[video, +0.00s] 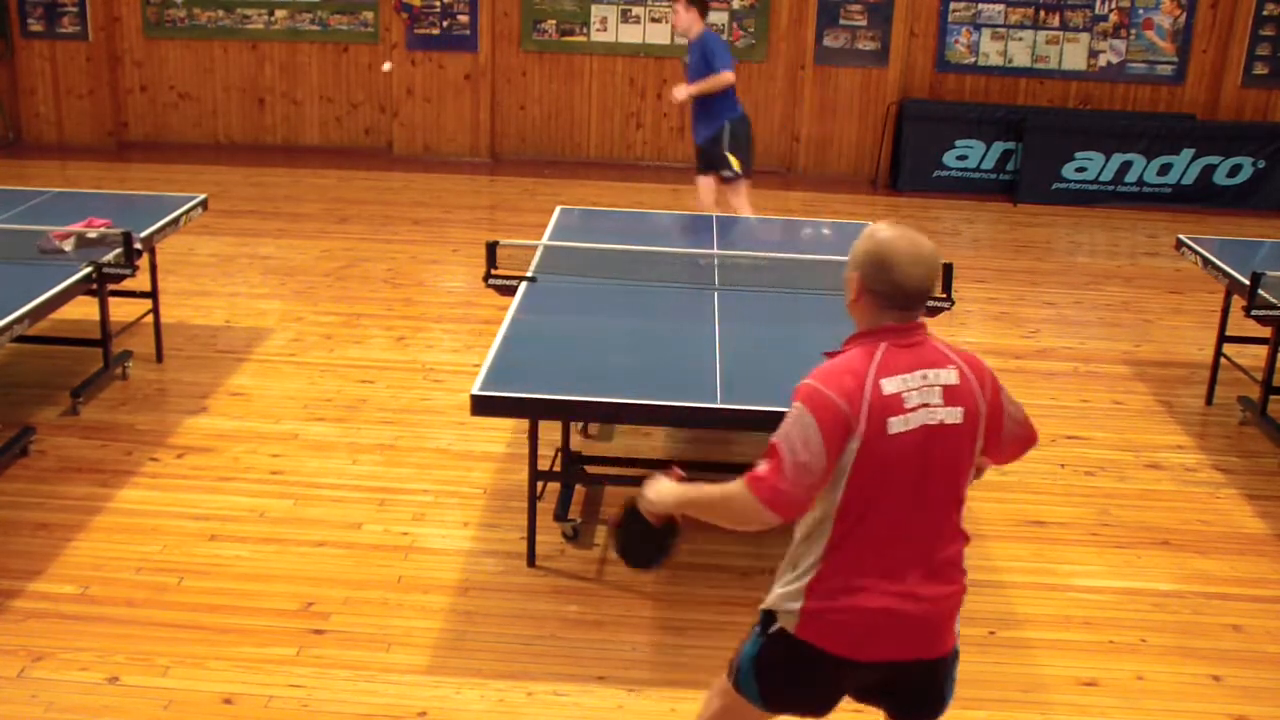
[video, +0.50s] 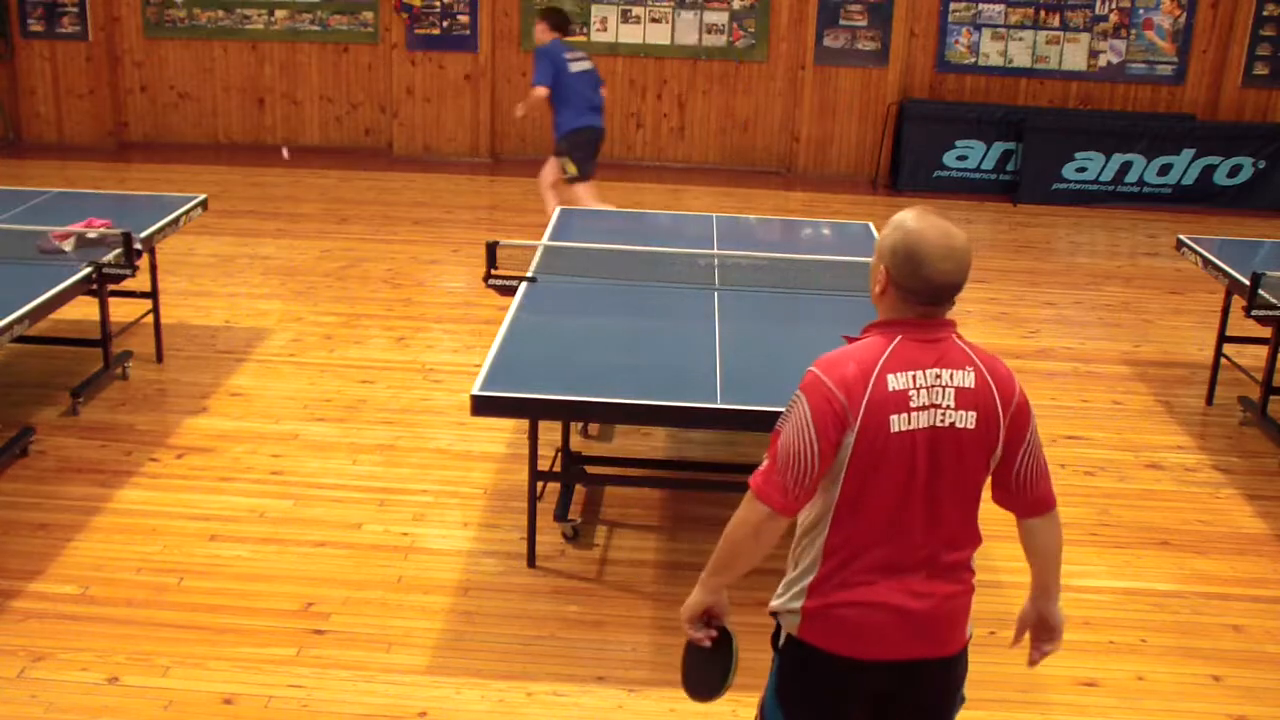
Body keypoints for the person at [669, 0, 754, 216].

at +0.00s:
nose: (673, 19)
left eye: (676, 12)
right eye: (673, 13)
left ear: (694, 13)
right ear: (689, 14)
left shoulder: (712, 41)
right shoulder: (694, 45)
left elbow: (727, 76)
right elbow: (703, 80)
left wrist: (689, 89)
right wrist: (686, 91)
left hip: (727, 124)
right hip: (705, 127)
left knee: (737, 194)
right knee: (706, 190)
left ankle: (754, 245)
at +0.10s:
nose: (648, 13)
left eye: (650, 6)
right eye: (648, 7)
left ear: (666, 5)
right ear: (666, 7)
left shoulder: (683, 26)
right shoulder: (674, 32)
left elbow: (696, 64)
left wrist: (662, 79)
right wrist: (661, 78)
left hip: (702, 115)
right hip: (683, 118)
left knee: (700, 190)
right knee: (673, 186)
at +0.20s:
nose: (624, 18)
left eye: (627, 11)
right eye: (625, 12)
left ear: (641, 13)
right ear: (644, 13)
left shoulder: (655, 36)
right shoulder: (664, 36)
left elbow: (655, 77)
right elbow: (687, 70)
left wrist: (627, 89)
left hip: (674, 122)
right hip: (659, 123)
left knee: (674, 195)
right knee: (637, 185)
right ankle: (651, 240)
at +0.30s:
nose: (599, 35)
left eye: (601, 30)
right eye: (599, 30)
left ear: (614, 29)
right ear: (618, 29)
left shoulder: (622, 54)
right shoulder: (642, 53)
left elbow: (615, 98)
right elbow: (665, 91)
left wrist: (591, 105)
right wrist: (658, 124)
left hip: (643, 139)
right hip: (652, 136)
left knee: (664, 204)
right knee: (602, 184)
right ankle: (597, 238)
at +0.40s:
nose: (569, 30)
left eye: (572, 25)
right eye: (570, 25)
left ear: (582, 28)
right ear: (594, 30)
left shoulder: (581, 53)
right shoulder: (611, 52)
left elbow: (577, 94)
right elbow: (634, 90)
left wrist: (557, 102)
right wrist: (631, 122)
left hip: (610, 135)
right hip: (626, 131)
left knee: (634, 195)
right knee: (572, 180)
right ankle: (572, 237)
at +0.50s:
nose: (535, 31)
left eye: (539, 25)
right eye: (536, 25)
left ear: (549, 29)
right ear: (560, 30)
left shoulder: (546, 51)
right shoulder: (577, 51)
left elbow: (541, 91)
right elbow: (600, 89)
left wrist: (523, 107)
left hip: (575, 130)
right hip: (593, 129)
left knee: (584, 195)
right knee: (546, 179)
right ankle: (560, 233)